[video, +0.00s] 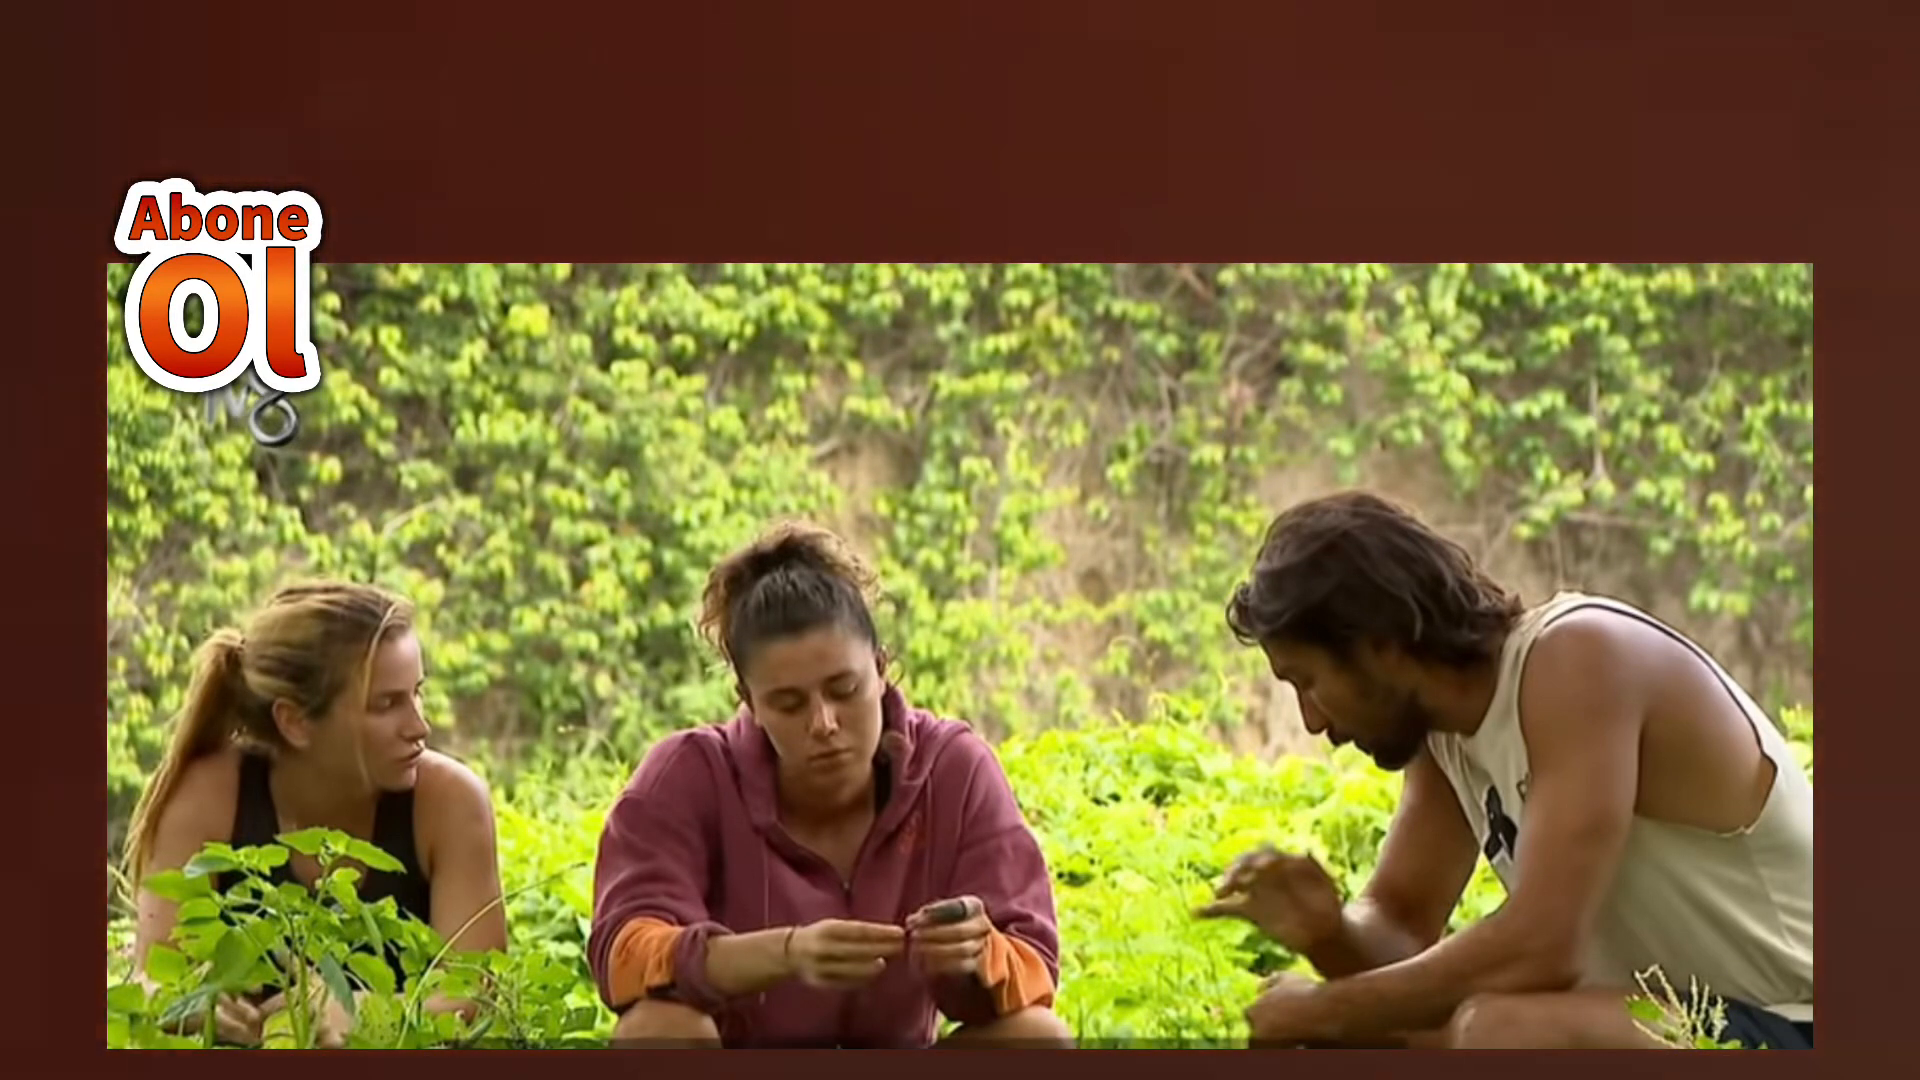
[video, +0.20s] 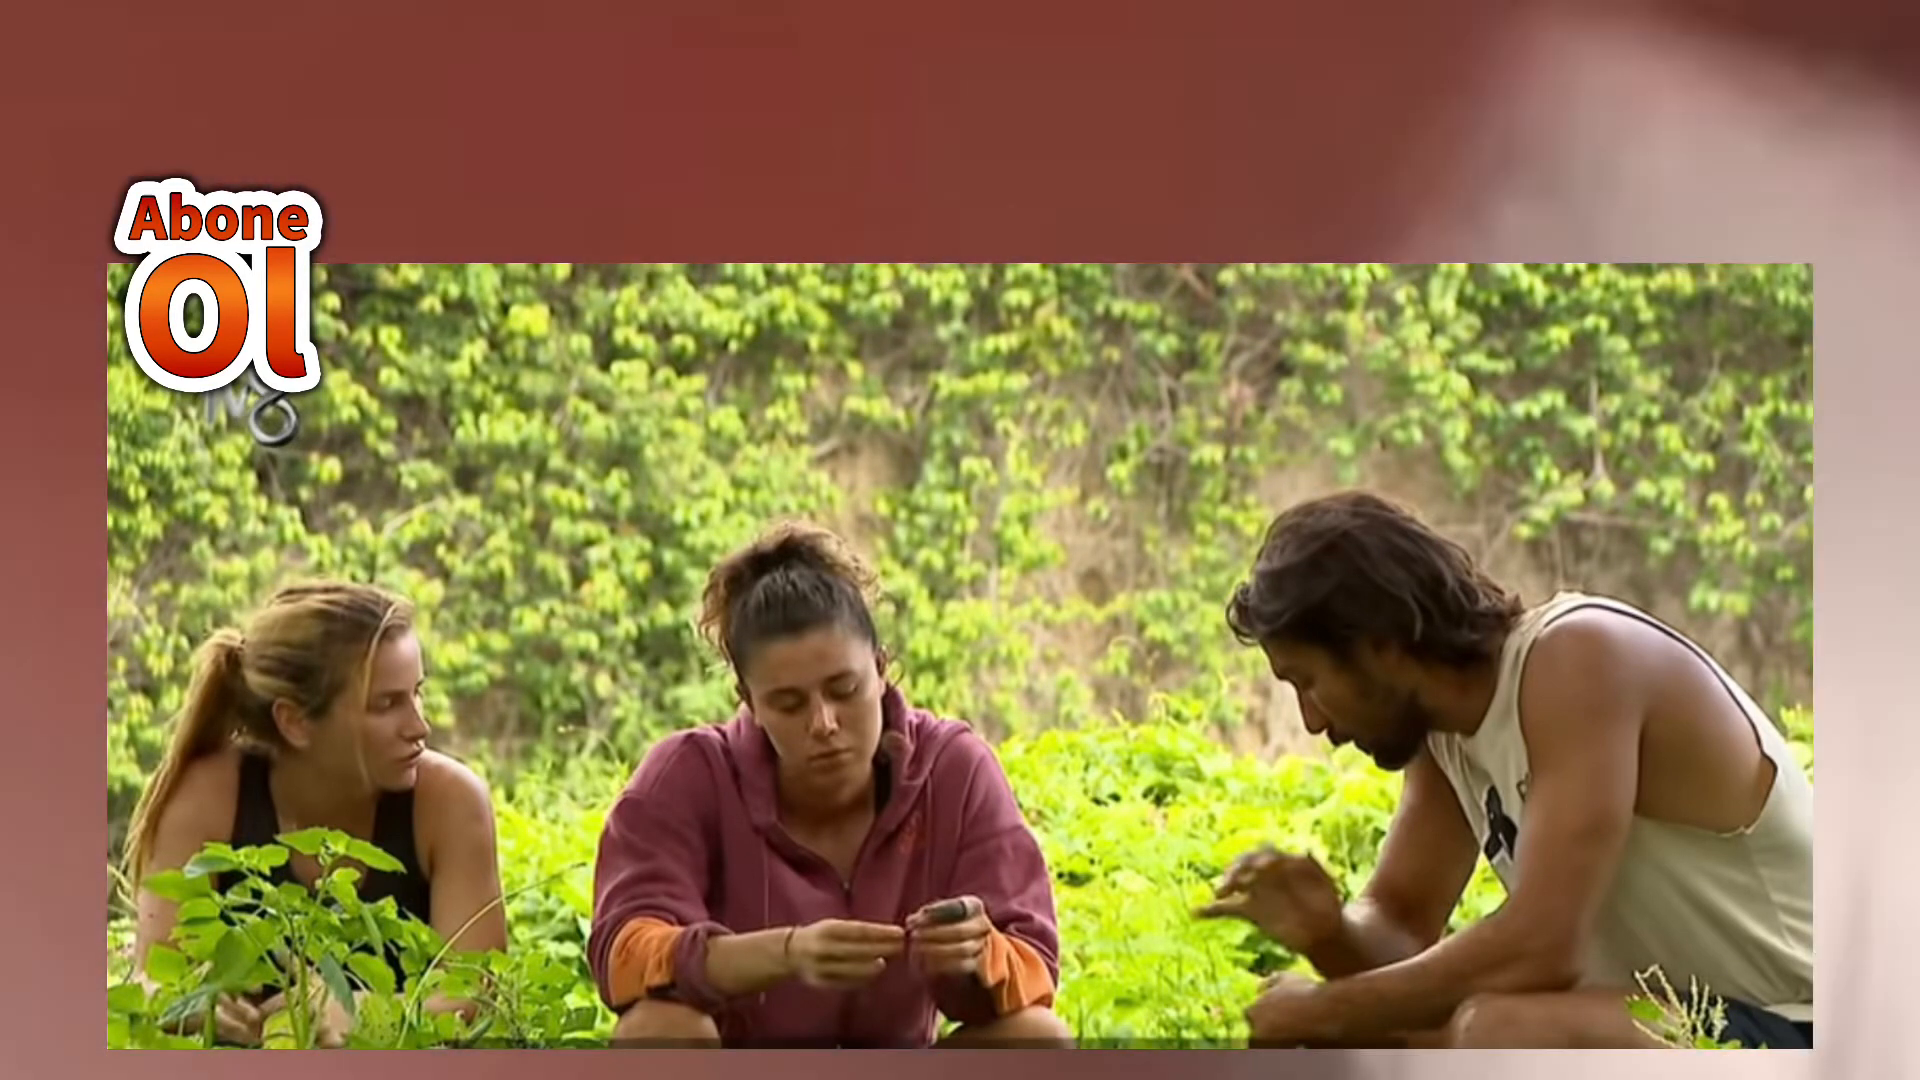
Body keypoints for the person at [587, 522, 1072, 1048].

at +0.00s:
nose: (824, 725)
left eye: (844, 690)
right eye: (789, 703)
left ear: (880, 669)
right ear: (747, 699)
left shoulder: (955, 766)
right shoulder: (687, 773)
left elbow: (1030, 970)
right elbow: (629, 957)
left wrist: (977, 953)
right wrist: (787, 952)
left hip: (899, 1056)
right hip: (739, 1058)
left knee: (1037, 1036)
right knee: (659, 1026)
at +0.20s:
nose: (824, 725)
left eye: (844, 690)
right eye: (789, 703)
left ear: (880, 669)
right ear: (747, 699)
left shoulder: (955, 767)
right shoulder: (687, 773)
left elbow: (1030, 971)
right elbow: (629, 957)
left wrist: (977, 953)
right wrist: (787, 952)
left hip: (898, 1060)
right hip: (737, 1061)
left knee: (1037, 1036)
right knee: (659, 1026)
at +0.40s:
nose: (824, 725)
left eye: (844, 690)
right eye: (789, 703)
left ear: (880, 669)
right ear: (747, 698)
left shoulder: (955, 766)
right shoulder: (687, 773)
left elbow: (1031, 970)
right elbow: (629, 957)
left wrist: (978, 952)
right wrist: (787, 952)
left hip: (897, 1062)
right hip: (737, 1063)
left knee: (1038, 1036)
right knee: (659, 1027)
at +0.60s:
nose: (824, 725)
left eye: (844, 690)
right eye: (789, 703)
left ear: (880, 669)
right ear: (747, 699)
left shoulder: (955, 766)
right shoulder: (687, 774)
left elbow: (1031, 971)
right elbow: (629, 957)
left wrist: (978, 952)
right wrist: (787, 952)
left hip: (897, 1063)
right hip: (736, 1064)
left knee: (1037, 1036)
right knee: (659, 1027)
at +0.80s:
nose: (824, 725)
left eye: (844, 690)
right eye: (789, 703)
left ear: (880, 669)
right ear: (747, 699)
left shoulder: (955, 766)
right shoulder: (687, 773)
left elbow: (1031, 970)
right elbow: (628, 957)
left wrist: (977, 953)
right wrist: (787, 952)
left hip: (901, 1050)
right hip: (738, 1062)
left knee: (1037, 1034)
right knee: (658, 1027)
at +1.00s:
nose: (824, 725)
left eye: (844, 690)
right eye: (789, 703)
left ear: (880, 669)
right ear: (747, 699)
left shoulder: (955, 766)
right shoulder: (687, 774)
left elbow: (1031, 971)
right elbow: (629, 957)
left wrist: (977, 953)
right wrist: (787, 952)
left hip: (899, 1043)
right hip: (739, 1044)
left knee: (1037, 1034)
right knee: (659, 1025)